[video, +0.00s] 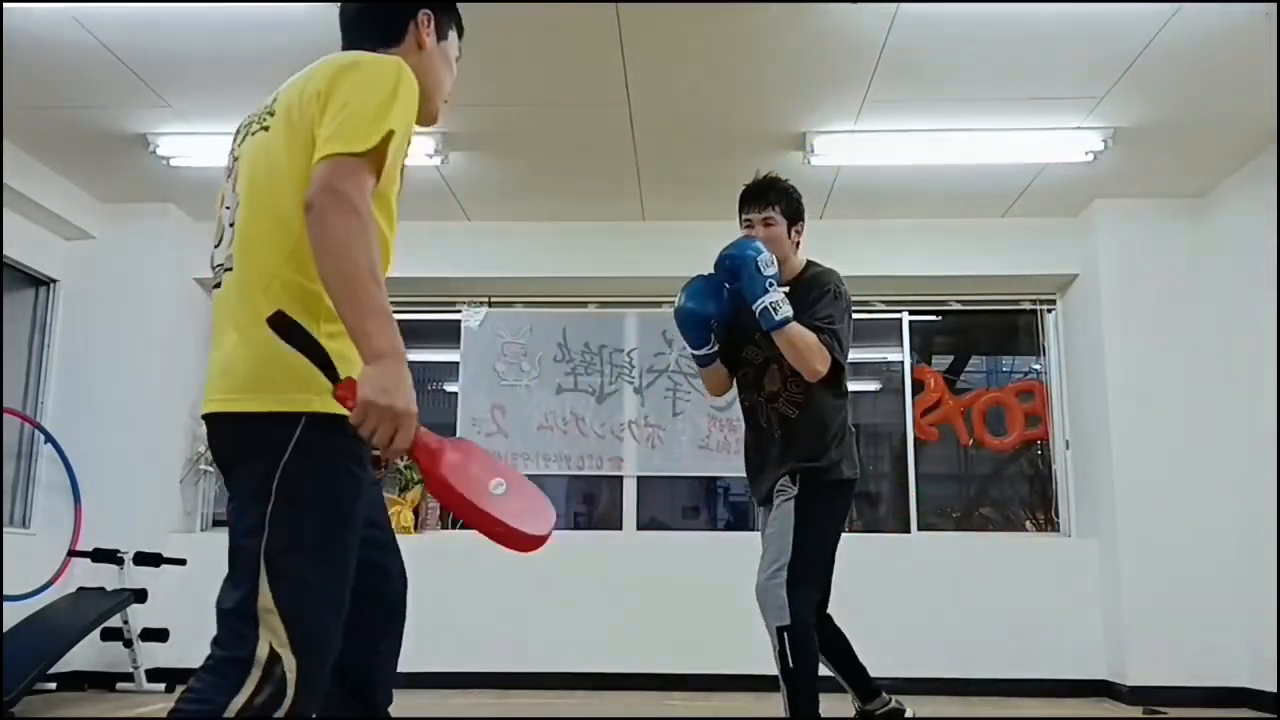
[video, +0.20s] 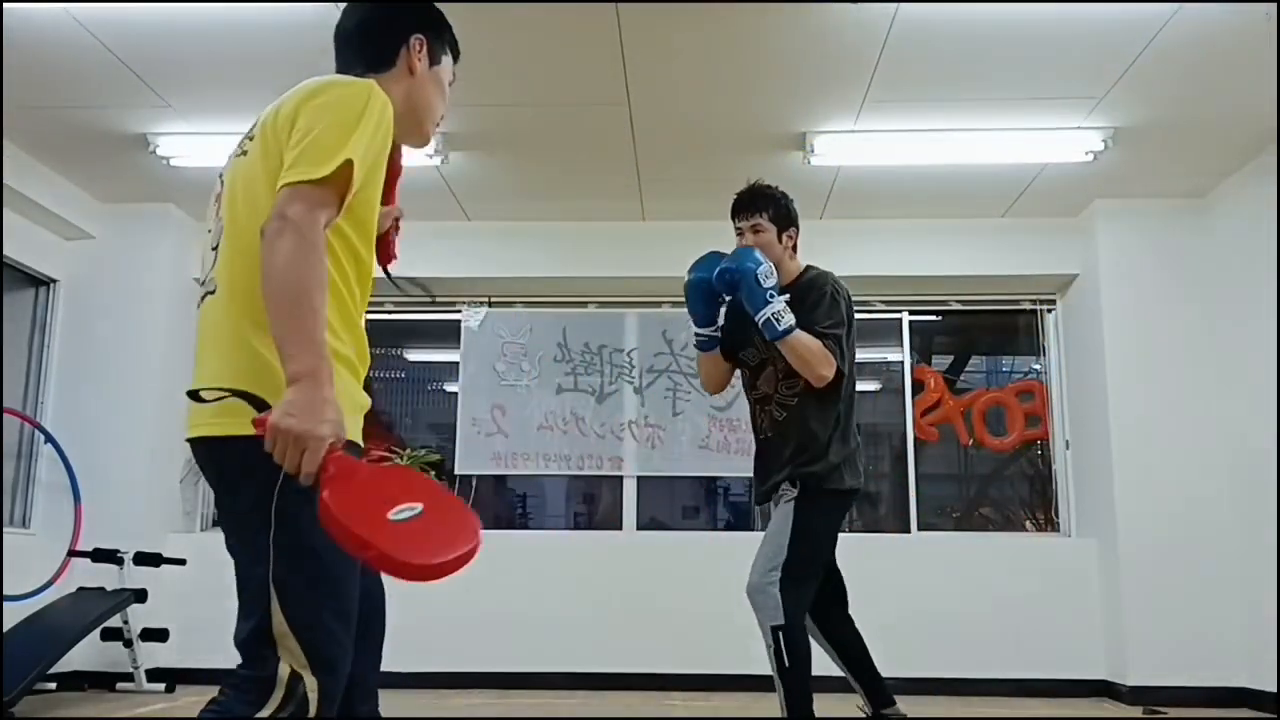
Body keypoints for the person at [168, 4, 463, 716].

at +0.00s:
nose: (452, 82)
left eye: (457, 61)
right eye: (454, 55)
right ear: (425, 29)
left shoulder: (285, 110)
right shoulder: (377, 74)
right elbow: (336, 198)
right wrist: (387, 358)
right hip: (292, 399)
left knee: (374, 609)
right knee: (268, 656)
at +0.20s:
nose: (445, 107)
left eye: (450, 85)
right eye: (448, 81)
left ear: (360, 54)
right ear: (416, 56)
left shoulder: (279, 127)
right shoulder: (357, 100)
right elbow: (292, 226)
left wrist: (349, 422)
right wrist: (310, 384)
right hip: (281, 426)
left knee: (357, 638)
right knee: (299, 669)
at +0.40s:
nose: (477, 151)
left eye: (480, 133)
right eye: (477, 127)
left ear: (385, 104)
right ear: (446, 106)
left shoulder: (312, 175)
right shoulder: (387, 151)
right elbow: (307, 261)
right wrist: (274, 402)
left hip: (293, 447)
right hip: (304, 447)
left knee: (364, 643)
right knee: (300, 669)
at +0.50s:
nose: (495, 158)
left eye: (499, 141)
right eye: (497, 136)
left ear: (424, 116)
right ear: (465, 118)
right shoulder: (401, 160)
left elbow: (385, 313)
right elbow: (319, 265)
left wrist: (448, 234)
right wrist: (288, 400)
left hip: (301, 434)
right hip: (305, 433)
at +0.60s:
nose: (505, 167)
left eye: (508, 152)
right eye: (503, 145)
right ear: (469, 127)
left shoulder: (418, 228)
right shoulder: (400, 164)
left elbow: (467, 279)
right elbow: (318, 261)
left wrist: (531, 235)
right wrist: (309, 393)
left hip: (334, 441)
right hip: (274, 420)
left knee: (351, 639)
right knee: (261, 631)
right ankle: (167, 712)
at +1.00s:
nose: (464, 164)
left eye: (468, 147)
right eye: (463, 140)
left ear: (416, 123)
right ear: (425, 120)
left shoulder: (361, 213)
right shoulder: (336, 162)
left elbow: (292, 349)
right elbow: (241, 275)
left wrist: (308, 452)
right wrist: (274, 416)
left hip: (271, 458)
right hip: (212, 442)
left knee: (335, 675)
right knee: (155, 670)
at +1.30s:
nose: (389, 163)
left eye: (397, 146)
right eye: (393, 139)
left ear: (311, 110)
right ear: (363, 113)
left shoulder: (240, 170)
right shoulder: (296, 156)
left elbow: (237, 294)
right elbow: (230, 277)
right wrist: (248, 435)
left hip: (215, 462)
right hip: (196, 460)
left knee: (304, 674)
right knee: (182, 688)